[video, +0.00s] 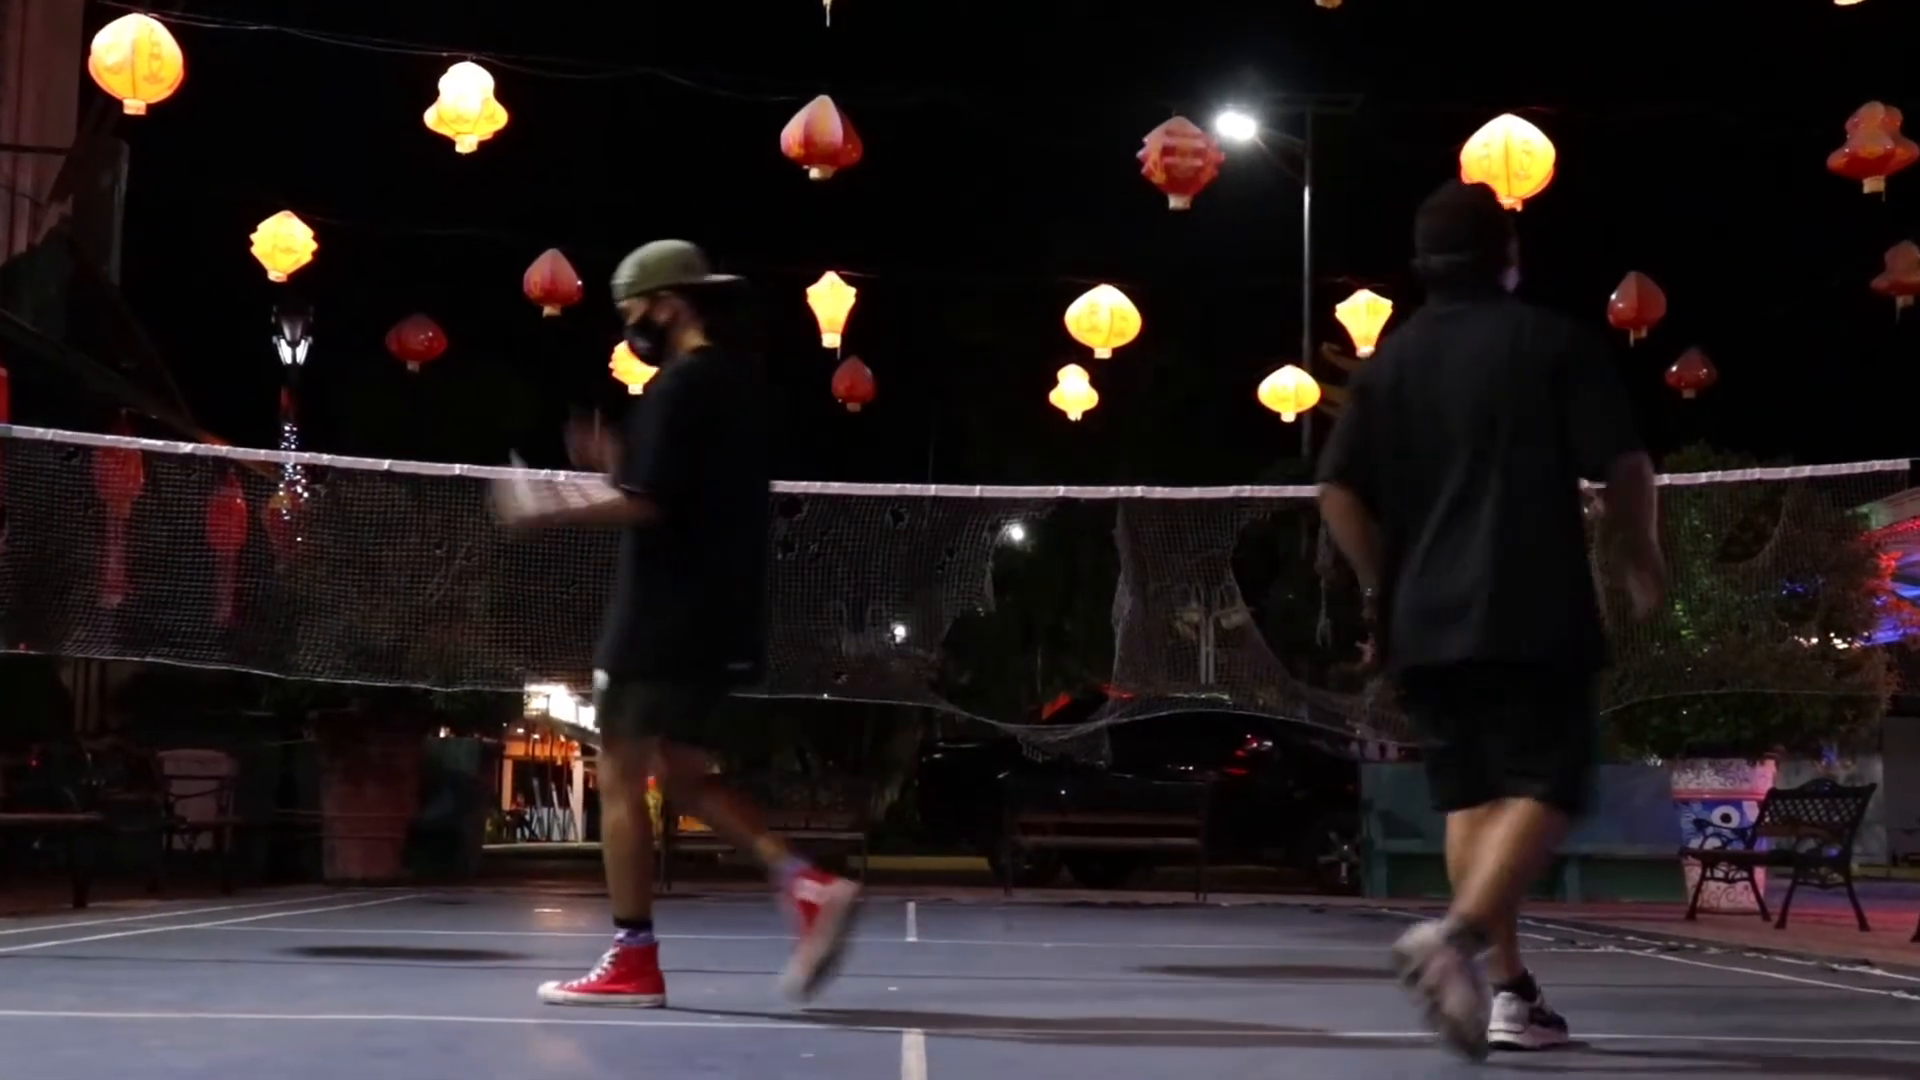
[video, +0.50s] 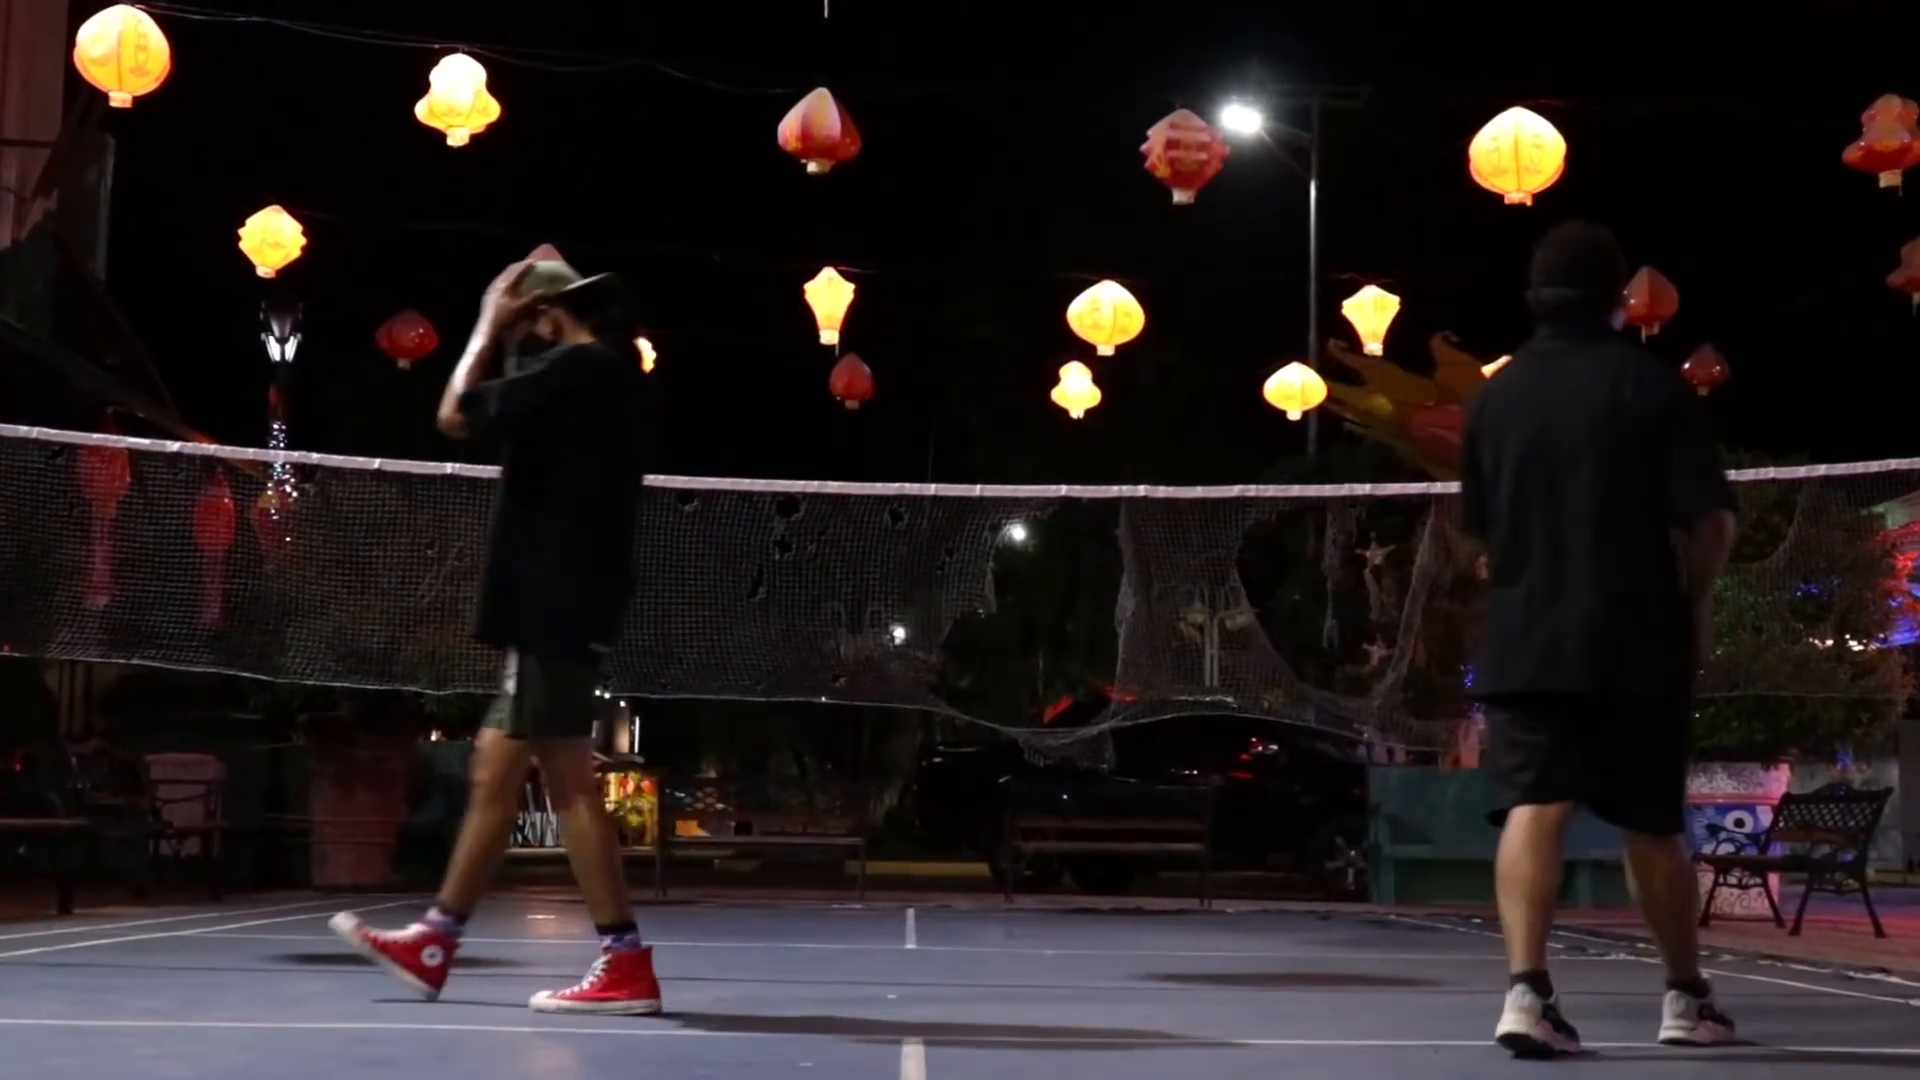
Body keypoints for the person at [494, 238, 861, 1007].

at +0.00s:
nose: (631, 326)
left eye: (636, 311)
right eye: (630, 313)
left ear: (669, 305)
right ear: (692, 306)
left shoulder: (680, 387)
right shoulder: (734, 380)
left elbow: (646, 501)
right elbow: (704, 497)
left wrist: (551, 505)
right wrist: (617, 462)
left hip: (655, 623)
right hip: (715, 619)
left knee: (620, 775)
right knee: (684, 773)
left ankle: (632, 956)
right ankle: (804, 884)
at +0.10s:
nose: (613, 329)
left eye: (615, 316)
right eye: (611, 318)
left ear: (647, 304)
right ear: (669, 305)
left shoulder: (665, 377)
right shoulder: (717, 372)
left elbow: (584, 472)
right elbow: (666, 467)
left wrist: (518, 416)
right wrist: (605, 402)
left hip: (638, 612)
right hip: (692, 610)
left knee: (611, 771)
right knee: (651, 771)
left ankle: (631, 958)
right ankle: (752, 887)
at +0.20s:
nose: (590, 337)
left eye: (590, 323)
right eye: (585, 327)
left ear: (613, 306)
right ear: (642, 304)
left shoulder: (621, 371)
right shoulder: (691, 370)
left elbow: (518, 423)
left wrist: (526, 327)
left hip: (604, 603)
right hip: (649, 600)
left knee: (607, 779)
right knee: (593, 768)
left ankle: (629, 956)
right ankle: (646, 929)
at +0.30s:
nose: (571, 337)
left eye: (573, 324)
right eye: (568, 325)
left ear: (592, 310)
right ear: (629, 305)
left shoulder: (608, 368)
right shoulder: (670, 371)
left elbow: (496, 410)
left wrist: (526, 315)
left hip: (590, 602)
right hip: (627, 600)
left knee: (601, 779)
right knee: (555, 759)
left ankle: (628, 957)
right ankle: (570, 934)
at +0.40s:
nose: (548, 335)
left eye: (549, 322)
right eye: (548, 322)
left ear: (569, 313)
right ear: (603, 308)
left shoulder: (585, 372)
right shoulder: (637, 374)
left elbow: (474, 412)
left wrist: (509, 323)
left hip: (570, 606)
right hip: (593, 602)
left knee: (579, 785)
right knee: (525, 770)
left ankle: (627, 960)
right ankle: (468, 939)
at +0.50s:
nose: (525, 338)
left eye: (527, 324)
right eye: (525, 323)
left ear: (547, 317)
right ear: (586, 311)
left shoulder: (570, 375)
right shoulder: (618, 377)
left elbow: (455, 415)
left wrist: (488, 326)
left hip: (553, 611)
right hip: (571, 607)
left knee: (572, 785)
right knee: (496, 765)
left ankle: (626, 962)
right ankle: (434, 941)